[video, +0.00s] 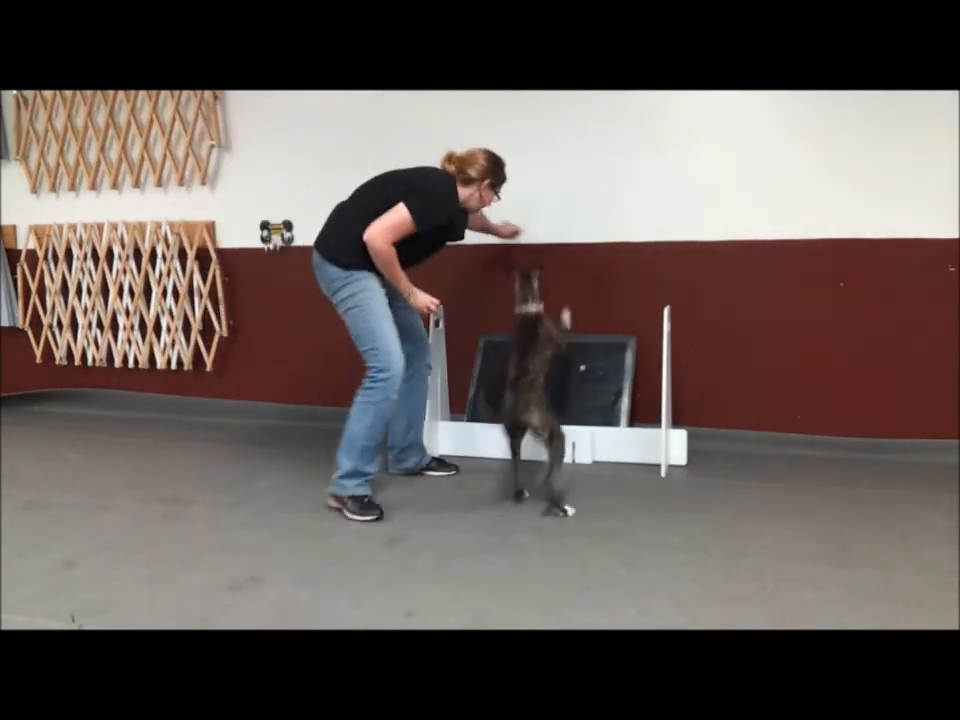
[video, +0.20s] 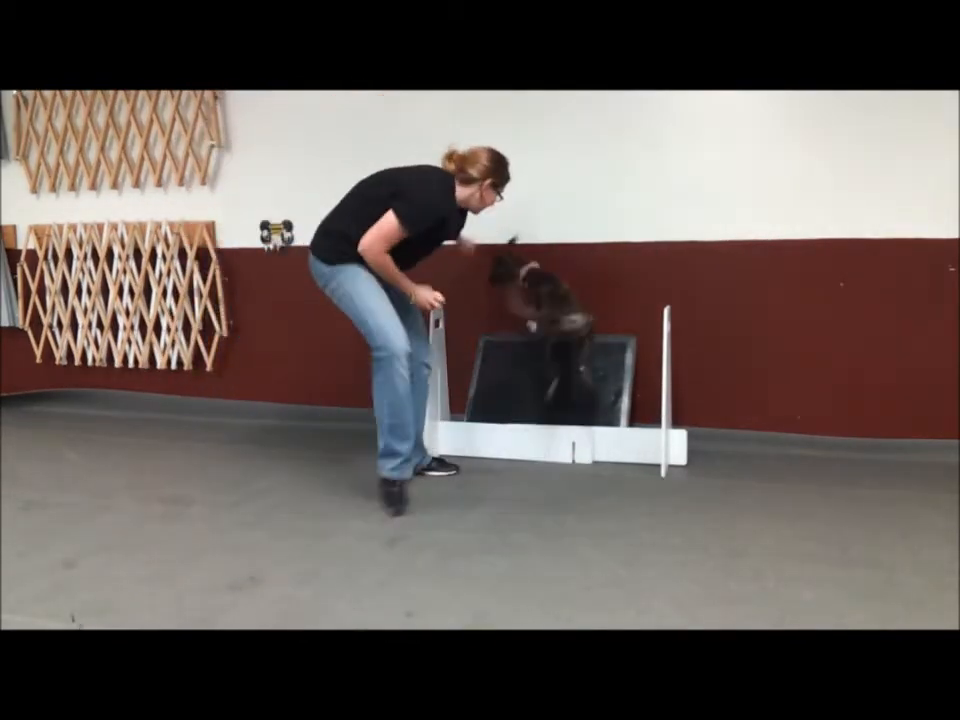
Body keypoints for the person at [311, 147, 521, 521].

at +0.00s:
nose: (492, 201)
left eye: (495, 194)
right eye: (493, 193)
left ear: (475, 183)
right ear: (479, 183)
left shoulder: (453, 201)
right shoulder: (438, 194)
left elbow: (468, 217)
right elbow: (376, 237)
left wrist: (495, 229)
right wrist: (410, 293)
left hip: (379, 265)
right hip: (346, 264)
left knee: (417, 357)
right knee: (387, 366)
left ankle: (407, 457)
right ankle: (349, 486)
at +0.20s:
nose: (496, 200)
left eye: (499, 193)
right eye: (496, 192)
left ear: (477, 182)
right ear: (479, 184)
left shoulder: (455, 207)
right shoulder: (431, 196)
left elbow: (423, 231)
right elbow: (369, 247)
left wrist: (458, 243)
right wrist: (413, 290)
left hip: (379, 263)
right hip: (339, 260)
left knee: (419, 353)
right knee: (394, 347)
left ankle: (413, 456)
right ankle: (394, 468)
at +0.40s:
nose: (481, 237)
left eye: (484, 231)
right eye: (482, 230)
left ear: (465, 220)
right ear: (468, 223)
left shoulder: (449, 241)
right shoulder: (405, 228)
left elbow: (413, 275)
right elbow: (388, 303)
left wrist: (424, 312)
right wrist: (435, 352)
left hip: (366, 270)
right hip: (317, 256)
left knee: (407, 352)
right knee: (345, 341)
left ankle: (407, 458)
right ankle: (350, 462)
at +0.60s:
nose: (423, 303)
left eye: (427, 297)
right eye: (420, 297)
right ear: (395, 287)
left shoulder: (400, 261)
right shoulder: (352, 296)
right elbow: (382, 383)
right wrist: (431, 449)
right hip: (291, 285)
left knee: (410, 367)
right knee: (284, 384)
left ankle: (406, 458)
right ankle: (282, 506)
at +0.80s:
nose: (311, 324)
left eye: (319, 312)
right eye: (301, 315)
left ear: (331, 297)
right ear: (273, 302)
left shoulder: (349, 276)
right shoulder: (250, 303)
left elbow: (336, 310)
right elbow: (273, 394)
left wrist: (316, 346)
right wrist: (289, 471)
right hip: (248, 281)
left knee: (372, 370)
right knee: (236, 396)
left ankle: (407, 459)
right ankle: (274, 505)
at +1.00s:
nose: (206, 274)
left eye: (213, 260)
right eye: (193, 266)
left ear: (234, 240)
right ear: (177, 260)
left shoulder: (281, 233)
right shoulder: (175, 279)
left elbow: (317, 266)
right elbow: (190, 365)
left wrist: (279, 322)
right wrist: (156, 428)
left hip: (305, 272)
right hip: (230, 304)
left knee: (337, 369)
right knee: (231, 401)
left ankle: (350, 452)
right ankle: (276, 511)